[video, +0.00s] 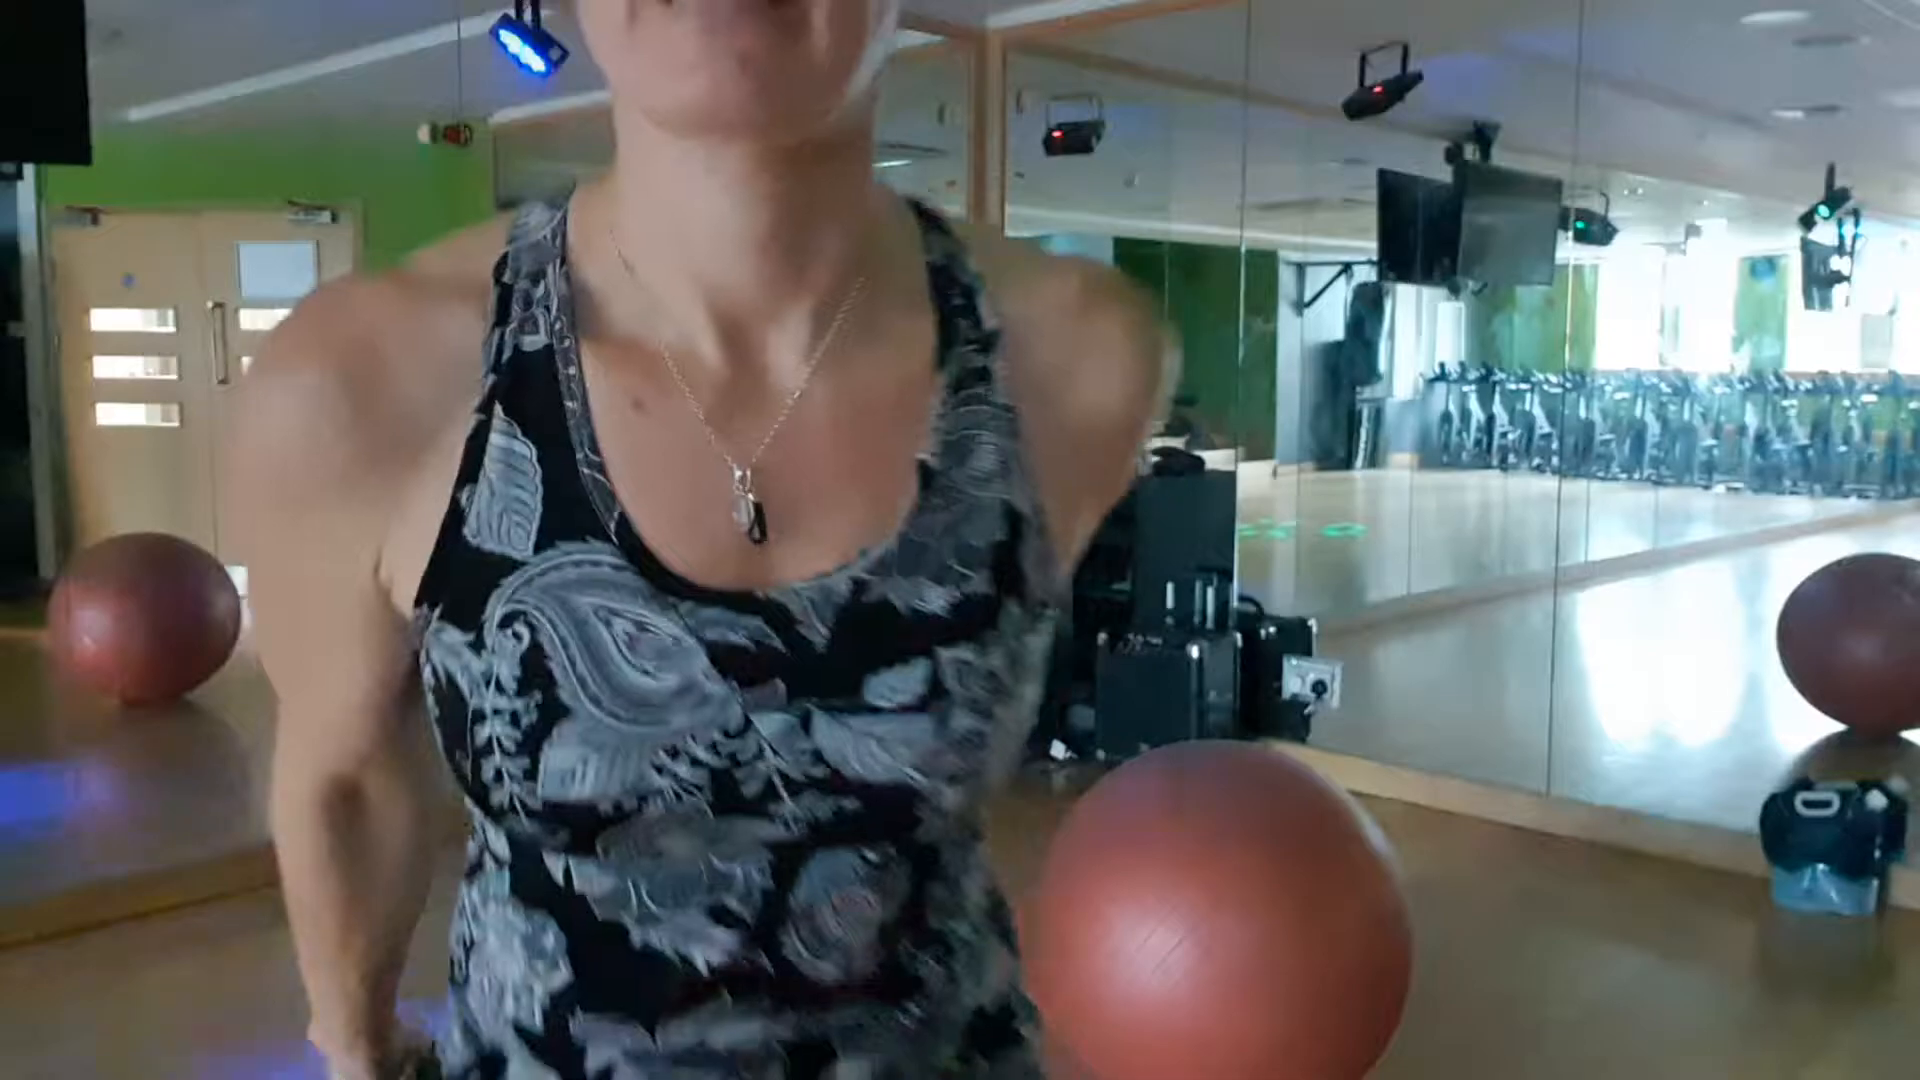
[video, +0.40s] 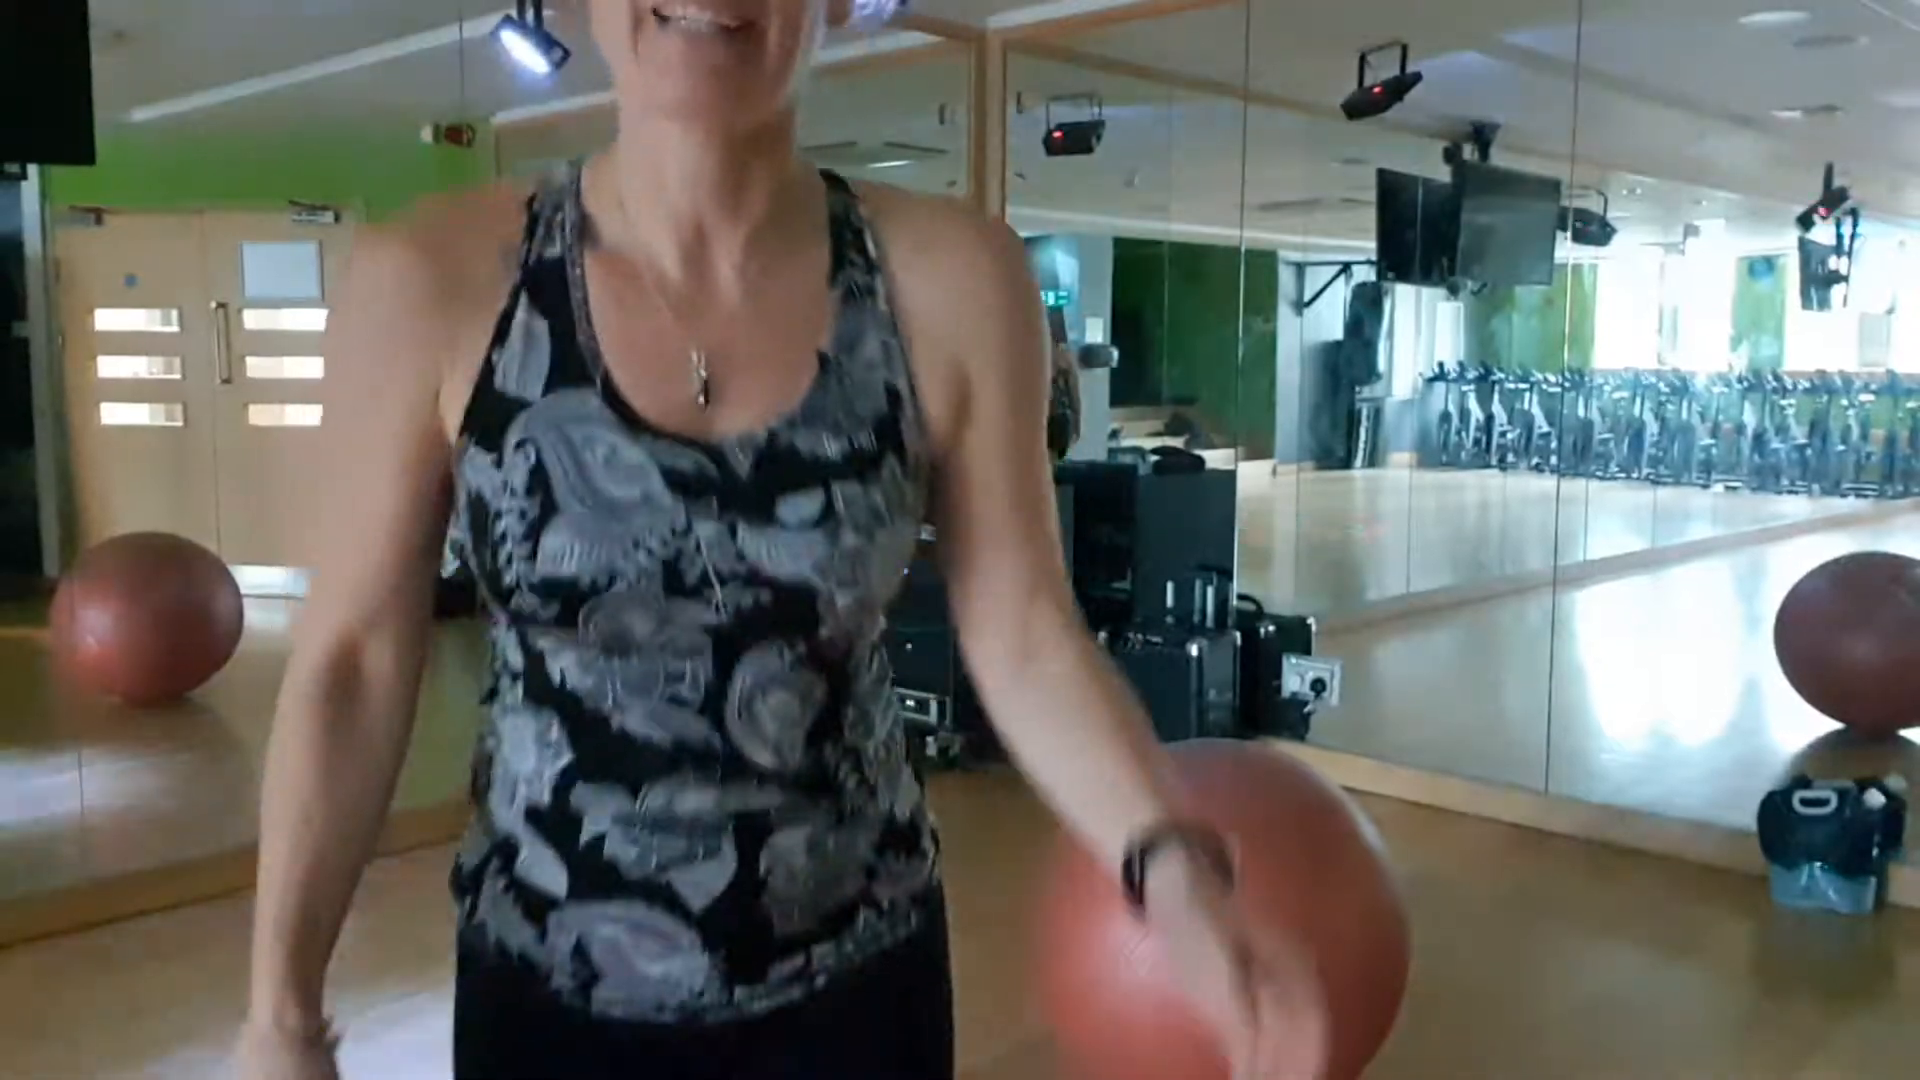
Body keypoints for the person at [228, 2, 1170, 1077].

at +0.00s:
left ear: (902, 1)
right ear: (560, 5)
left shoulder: (1081, 359)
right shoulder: (352, 387)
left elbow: (978, 763)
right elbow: (347, 786)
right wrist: (355, 1051)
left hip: (943, 1026)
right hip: (553, 1035)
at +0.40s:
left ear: (817, 11)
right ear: (576, 9)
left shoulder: (950, 273)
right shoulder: (434, 274)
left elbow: (1023, 632)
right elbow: (351, 666)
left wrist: (1168, 861)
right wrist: (282, 1007)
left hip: (850, 954)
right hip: (556, 959)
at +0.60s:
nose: (711, 31)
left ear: (828, 31)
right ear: (590, 22)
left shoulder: (947, 309)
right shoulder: (486, 307)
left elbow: (1040, 624)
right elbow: (445, 634)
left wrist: (1133, 840)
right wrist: (384, 900)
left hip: (831, 915)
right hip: (576, 915)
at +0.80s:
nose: (727, 97)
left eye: (775, 57)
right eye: (691, 43)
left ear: (832, 102)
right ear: (633, 76)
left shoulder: (916, 351)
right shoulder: (519, 317)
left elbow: (969, 663)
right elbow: (487, 597)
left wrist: (1005, 937)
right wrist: (445, 833)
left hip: (827, 892)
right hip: (592, 887)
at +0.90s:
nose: (722, 80)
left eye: (765, 37)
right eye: (685, 27)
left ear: (820, 75)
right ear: (631, 56)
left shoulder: (903, 315)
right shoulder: (524, 277)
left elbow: (924, 580)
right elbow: (477, 553)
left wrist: (930, 825)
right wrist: (434, 789)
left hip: (816, 845)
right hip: (586, 842)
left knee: (800, 1067)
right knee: (597, 1068)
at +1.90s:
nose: (740, 176)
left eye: (767, 161)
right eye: (716, 158)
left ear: (801, 197)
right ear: (679, 194)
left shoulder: (842, 346)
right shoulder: (599, 314)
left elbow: (894, 522)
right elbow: (520, 488)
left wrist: (934, 667)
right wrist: (465, 637)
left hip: (754, 692)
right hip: (604, 688)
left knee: (724, 975)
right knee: (625, 974)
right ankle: (640, 1062)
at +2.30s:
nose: (742, 202)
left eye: (765, 184)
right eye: (720, 183)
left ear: (797, 207)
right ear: (688, 208)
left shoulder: (833, 339)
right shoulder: (629, 333)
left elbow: (791, 491)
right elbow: (611, 509)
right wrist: (654, 653)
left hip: (780, 651)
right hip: (657, 650)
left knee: (772, 899)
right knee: (663, 902)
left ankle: (761, 1049)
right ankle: (670, 1072)